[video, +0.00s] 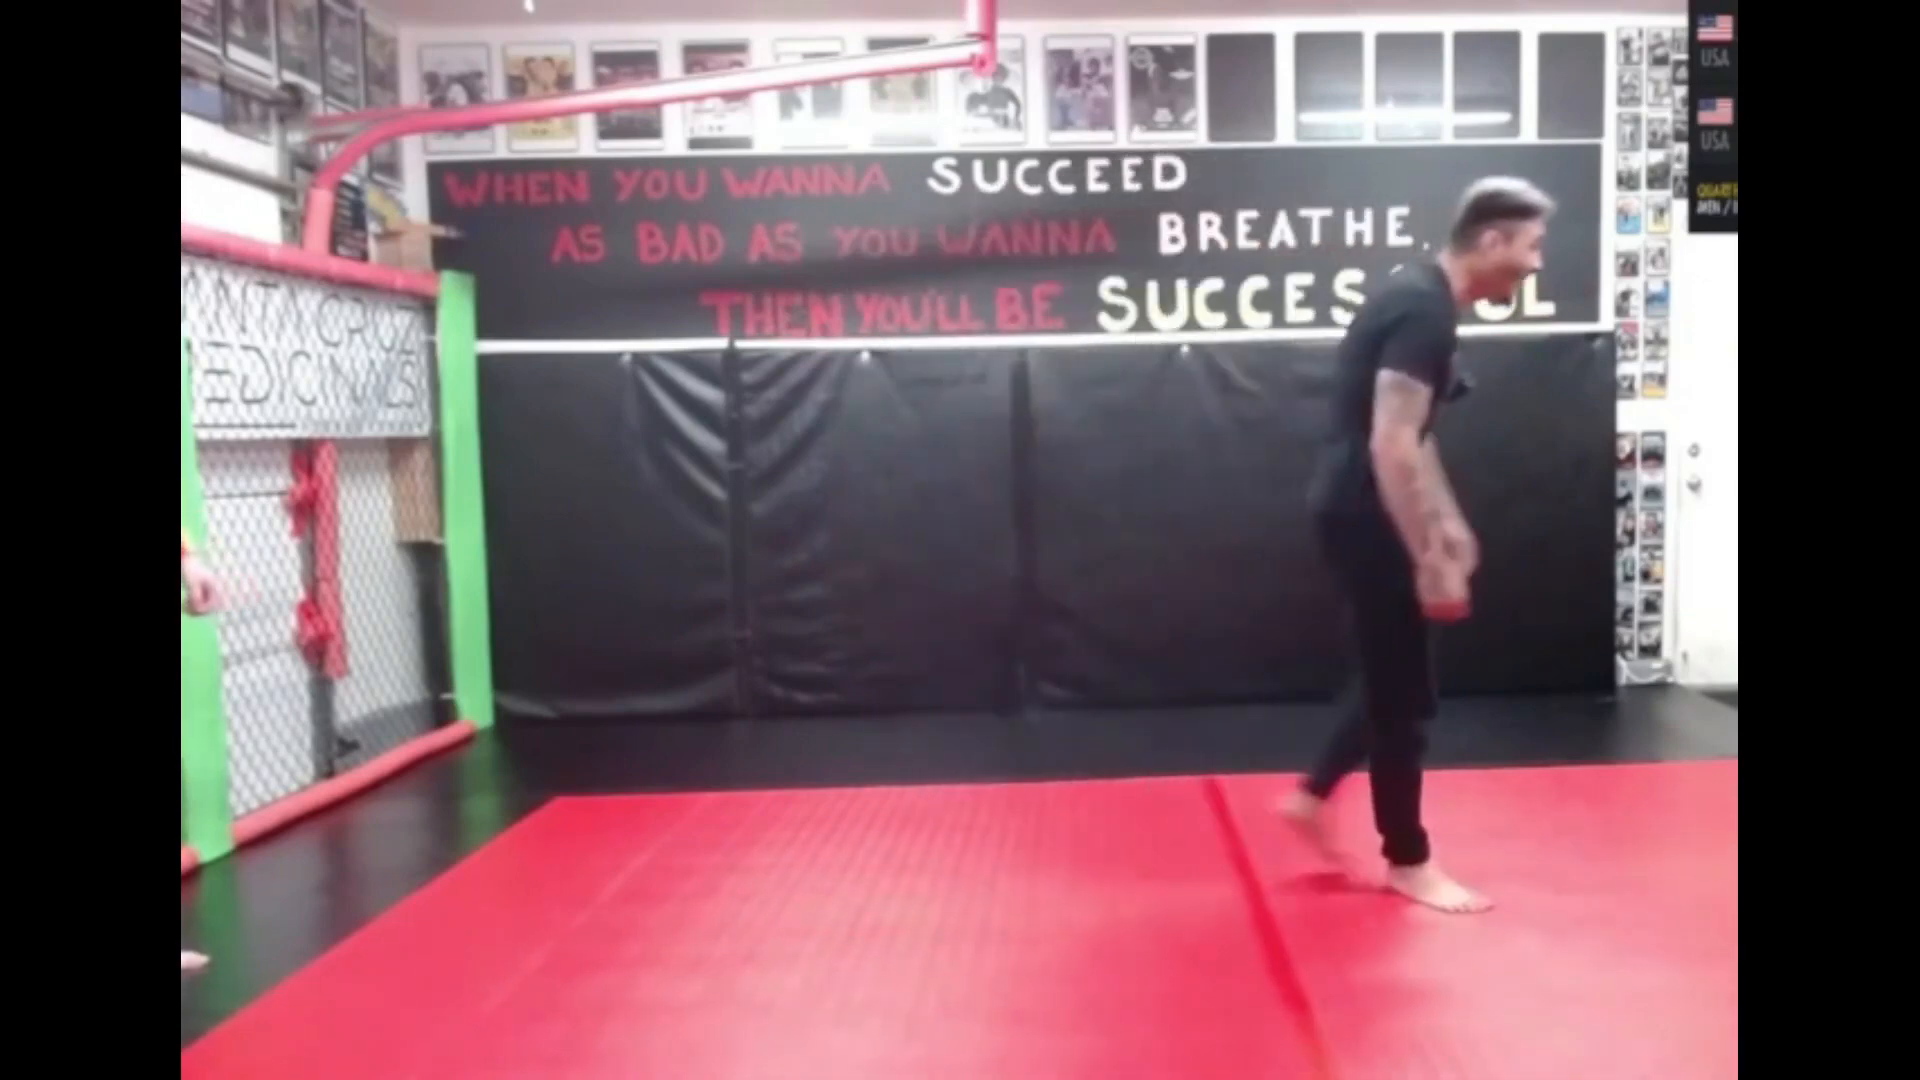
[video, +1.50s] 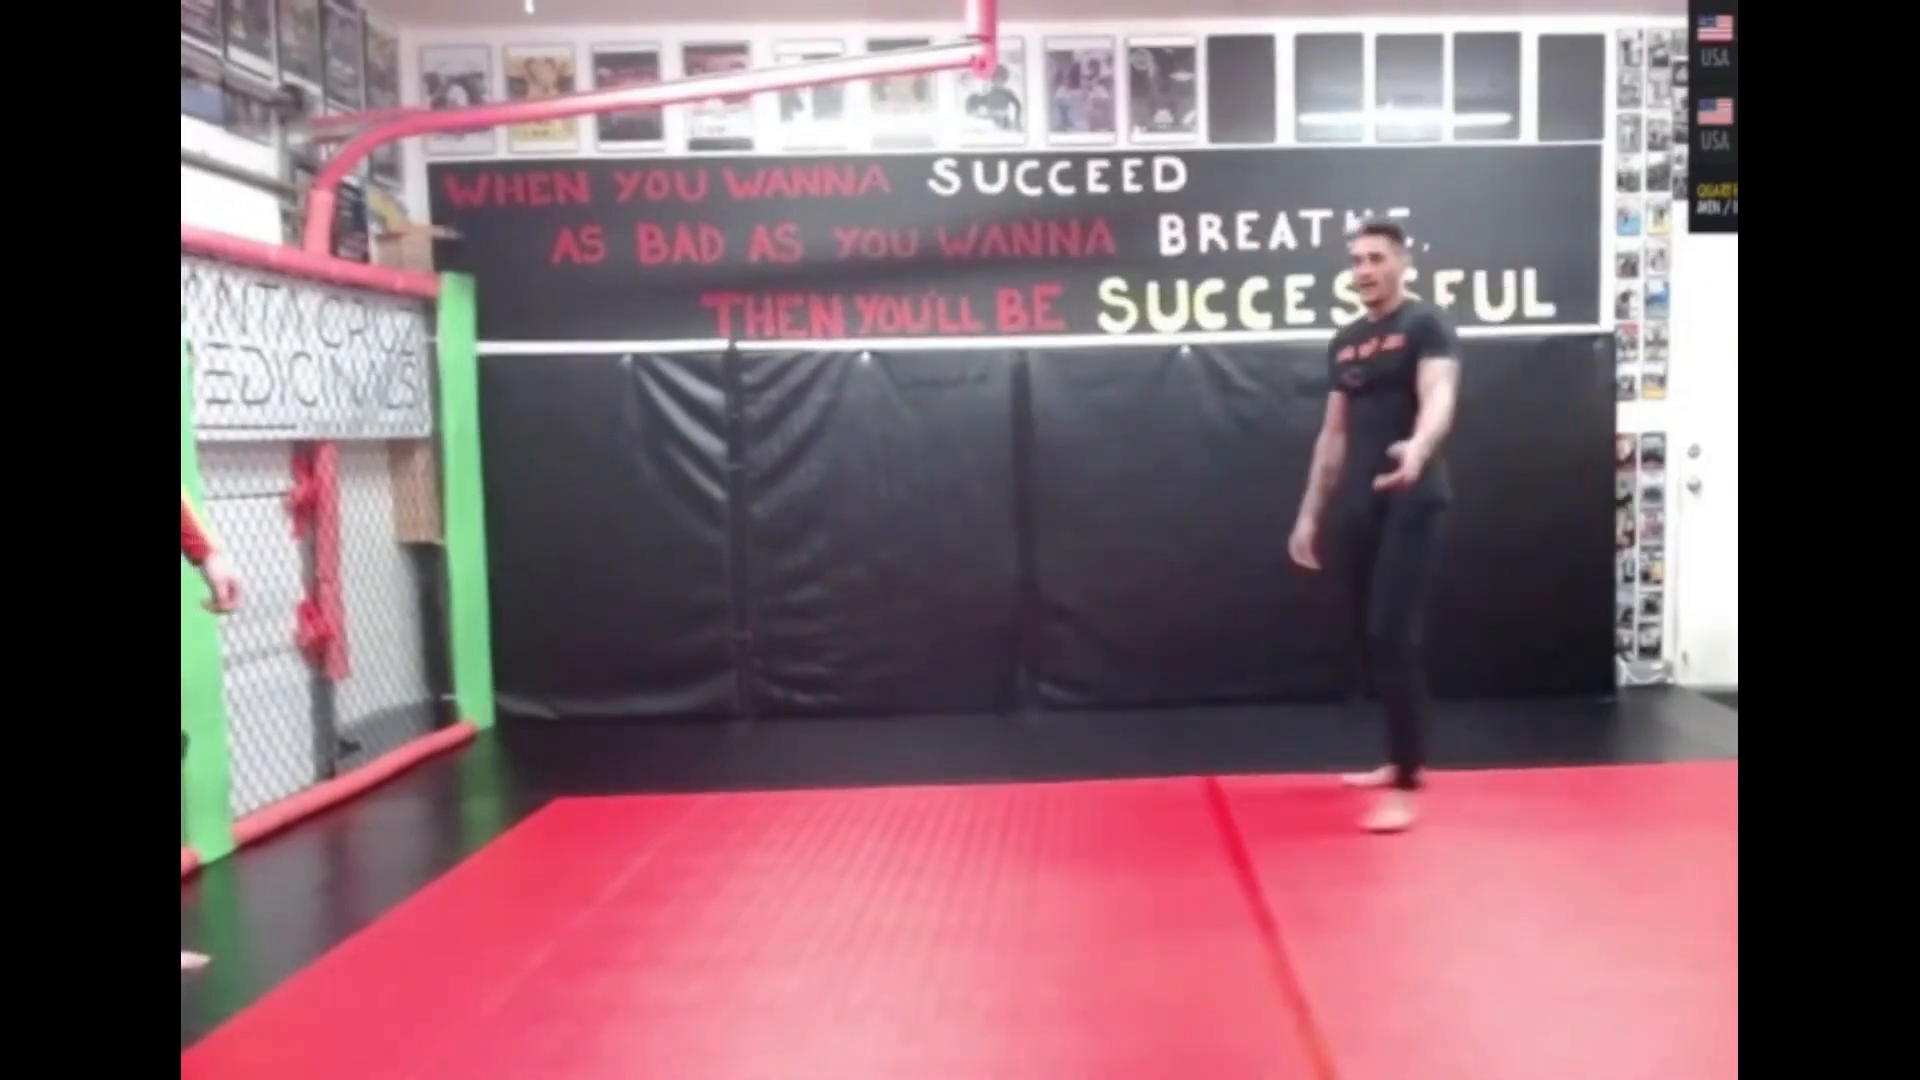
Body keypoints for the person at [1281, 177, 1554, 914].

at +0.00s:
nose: (1533, 266)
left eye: (1537, 250)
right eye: (1529, 248)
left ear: (1487, 242)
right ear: (1489, 240)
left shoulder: (1424, 302)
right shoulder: (1423, 312)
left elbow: (1415, 435)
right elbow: (1390, 445)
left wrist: (1449, 523)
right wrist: (1426, 556)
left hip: (1374, 510)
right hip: (1365, 517)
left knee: (1392, 675)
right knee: (1402, 688)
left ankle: (1311, 794)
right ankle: (1407, 862)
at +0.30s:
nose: (1565, 243)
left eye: (1566, 228)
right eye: (1556, 227)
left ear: (1514, 228)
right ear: (1508, 225)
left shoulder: (1493, 307)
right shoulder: (1438, 302)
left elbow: (1505, 417)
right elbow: (1417, 439)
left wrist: (1549, 513)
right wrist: (1462, 549)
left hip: (1466, 497)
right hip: (1415, 505)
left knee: (1501, 645)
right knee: (1439, 675)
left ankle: (1513, 791)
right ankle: (1413, 858)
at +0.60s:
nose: (1533, 230)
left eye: (1545, 218)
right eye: (1519, 217)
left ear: (1560, 231)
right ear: (1490, 227)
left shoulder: (1571, 308)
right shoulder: (1446, 308)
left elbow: (1591, 408)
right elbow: (1404, 414)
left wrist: (1609, 486)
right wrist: (1390, 517)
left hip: (1541, 506)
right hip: (1459, 503)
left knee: (1536, 657)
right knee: (1455, 657)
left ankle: (1522, 800)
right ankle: (1446, 830)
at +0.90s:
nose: (1494, 246)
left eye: (1509, 234)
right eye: (1484, 233)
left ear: (1536, 241)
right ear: (1471, 238)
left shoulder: (1565, 315)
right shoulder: (1439, 312)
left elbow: (1591, 413)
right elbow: (1405, 413)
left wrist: (1600, 513)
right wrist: (1386, 508)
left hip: (1533, 512)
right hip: (1446, 509)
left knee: (1526, 657)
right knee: (1430, 648)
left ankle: (1520, 800)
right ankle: (1426, 790)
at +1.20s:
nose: (1422, 259)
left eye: (1434, 246)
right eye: (1416, 248)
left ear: (1469, 250)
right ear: (1410, 258)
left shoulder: (1503, 323)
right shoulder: (1403, 331)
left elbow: (1515, 425)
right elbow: (1388, 428)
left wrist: (1483, 518)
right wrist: (1374, 514)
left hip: (1477, 509)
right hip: (1410, 508)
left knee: (1499, 653)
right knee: (1396, 636)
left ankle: (1516, 797)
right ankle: (1402, 757)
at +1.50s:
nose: (1364, 270)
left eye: (1376, 259)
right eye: (1357, 261)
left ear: (1403, 263)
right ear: (1350, 270)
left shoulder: (1425, 325)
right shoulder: (1345, 344)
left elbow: (1440, 398)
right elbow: (1334, 434)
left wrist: (1418, 445)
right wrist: (1308, 516)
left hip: (1411, 494)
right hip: (1360, 499)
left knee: (1391, 626)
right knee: (1371, 626)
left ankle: (1406, 777)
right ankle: (1396, 759)